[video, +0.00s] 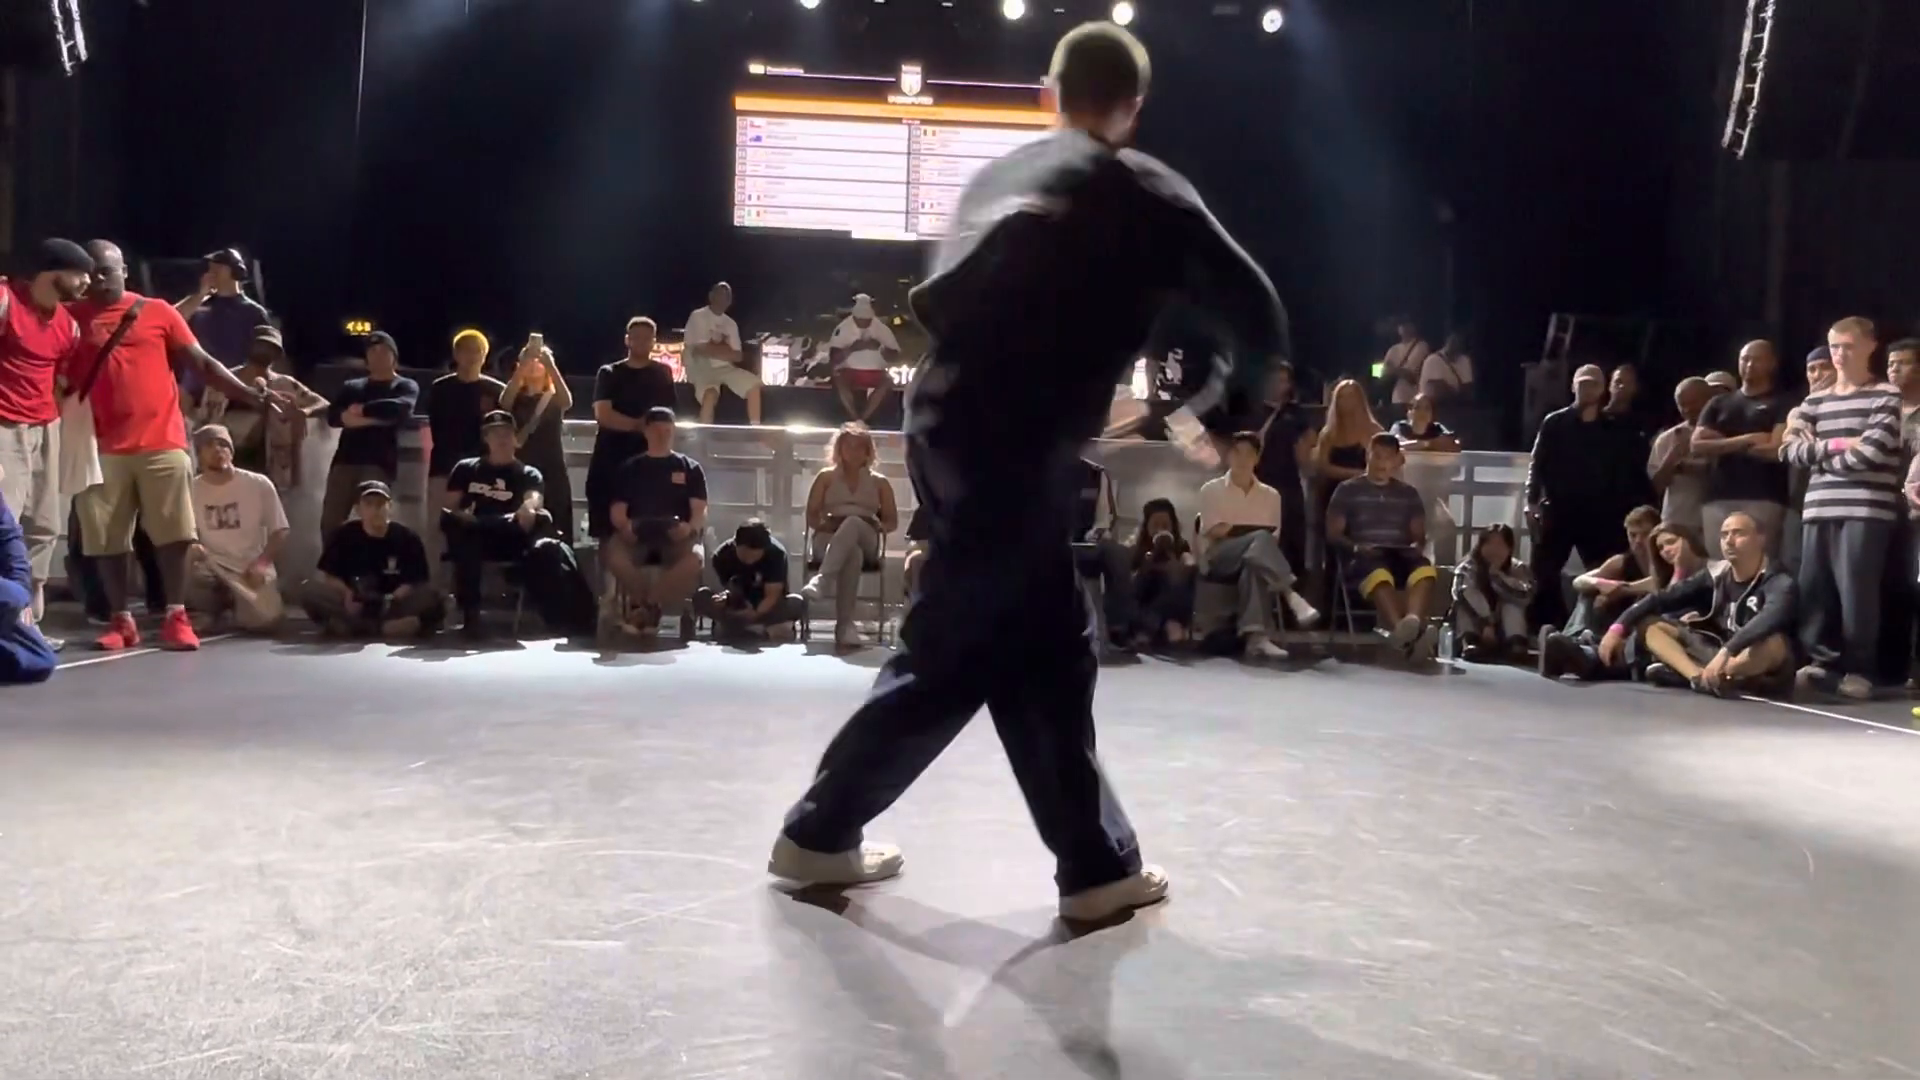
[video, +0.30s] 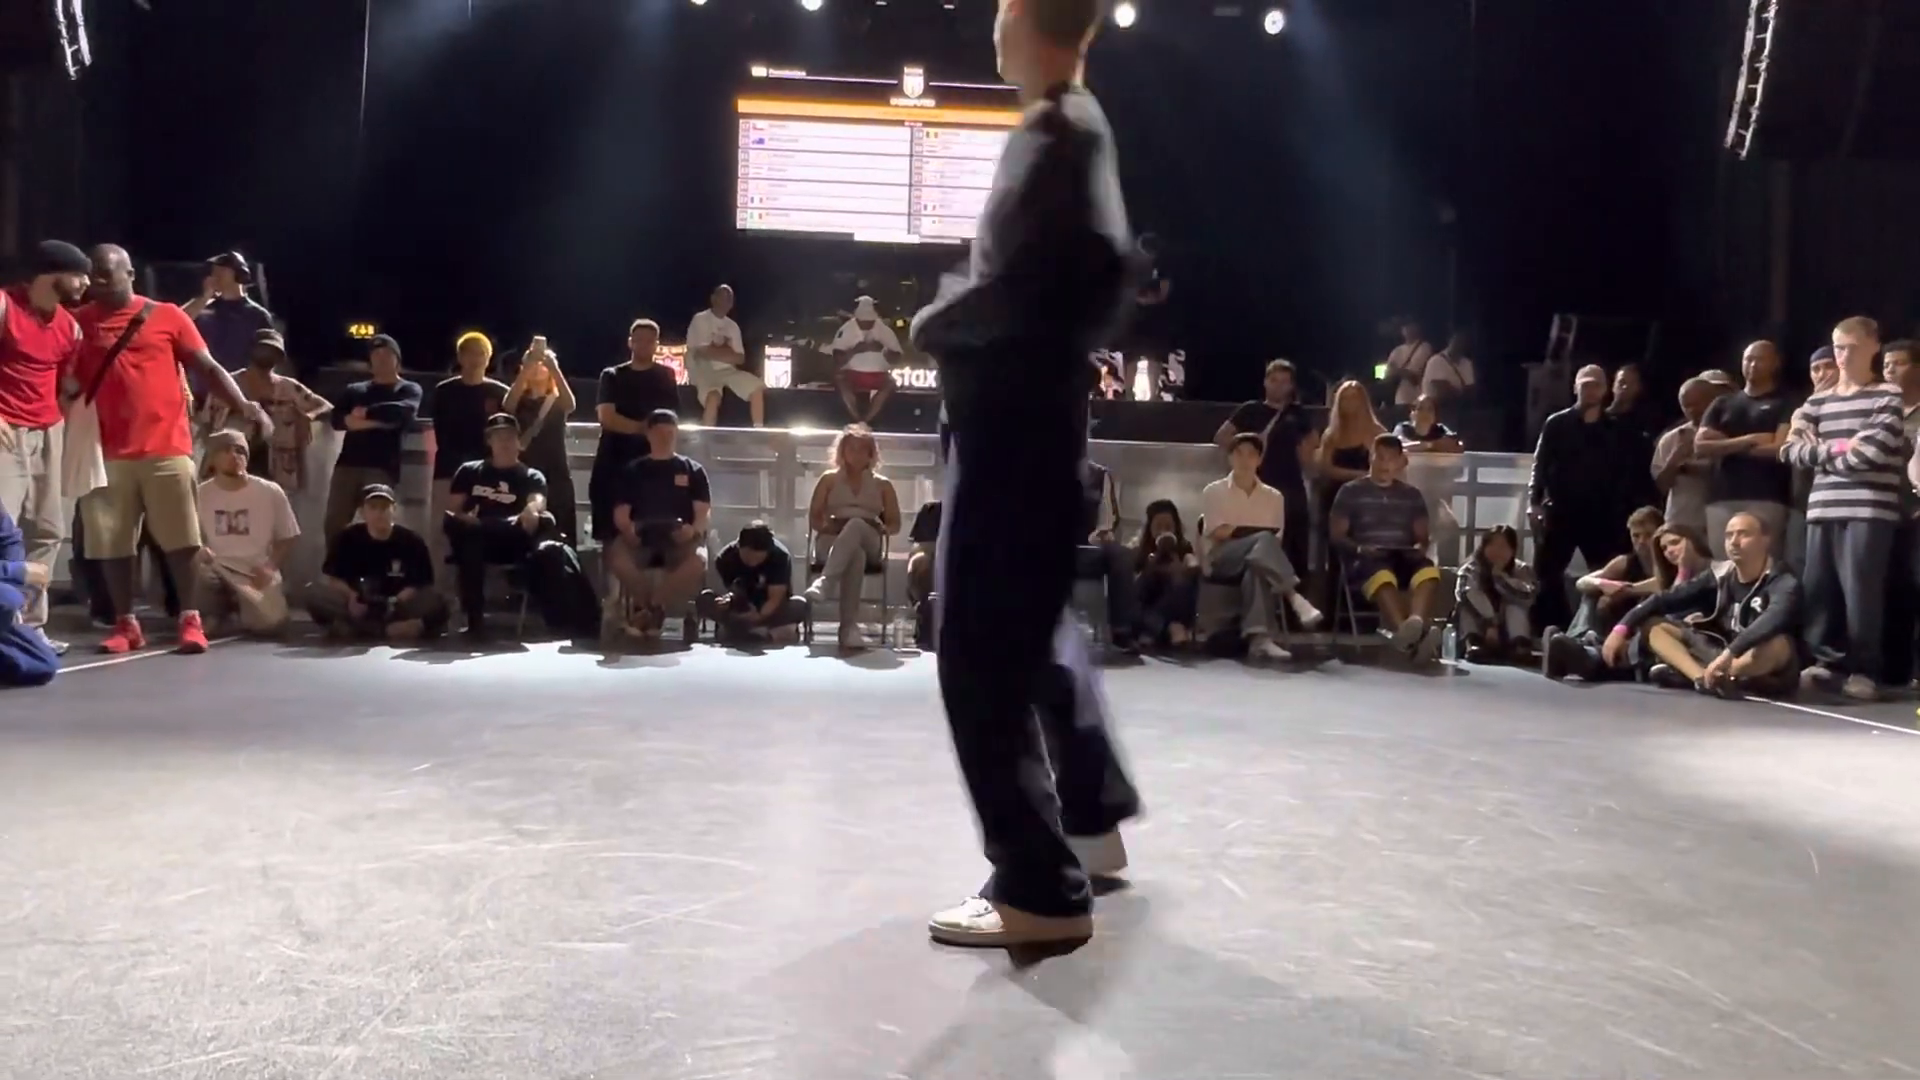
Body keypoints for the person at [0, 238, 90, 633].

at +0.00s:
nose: (68, 299)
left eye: (73, 292)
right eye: (64, 289)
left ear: (68, 284)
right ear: (43, 275)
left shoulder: (66, 323)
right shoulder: (8, 301)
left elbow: (64, 379)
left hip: (46, 425)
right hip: (7, 426)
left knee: (44, 526)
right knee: (9, 523)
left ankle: (30, 620)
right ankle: (13, 620)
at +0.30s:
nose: (76, 289)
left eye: (77, 281)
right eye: (70, 281)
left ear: (58, 280)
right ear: (44, 276)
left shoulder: (67, 325)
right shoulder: (7, 306)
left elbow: (66, 383)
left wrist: (60, 414)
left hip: (49, 430)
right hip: (8, 429)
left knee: (48, 528)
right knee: (6, 526)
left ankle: (32, 625)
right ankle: (8, 625)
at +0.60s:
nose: (76, 270)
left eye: (75, 263)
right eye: (69, 264)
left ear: (53, 267)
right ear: (45, 265)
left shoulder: (60, 315)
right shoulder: (7, 301)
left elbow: (60, 366)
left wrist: (60, 408)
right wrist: (7, 397)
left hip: (51, 425)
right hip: (12, 427)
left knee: (48, 525)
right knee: (10, 521)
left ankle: (36, 623)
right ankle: (8, 620)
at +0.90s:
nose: (71, 266)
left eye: (70, 259)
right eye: (66, 259)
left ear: (43, 263)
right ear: (45, 261)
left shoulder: (53, 311)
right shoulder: (9, 298)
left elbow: (45, 366)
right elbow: (4, 363)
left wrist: (65, 404)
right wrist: (22, 390)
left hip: (48, 422)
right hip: (16, 424)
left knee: (49, 521)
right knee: (16, 517)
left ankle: (40, 618)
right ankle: (14, 615)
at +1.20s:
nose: (70, 261)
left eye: (69, 255)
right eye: (66, 255)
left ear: (43, 256)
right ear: (48, 256)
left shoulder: (51, 303)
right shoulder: (11, 292)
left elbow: (40, 361)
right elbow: (4, 359)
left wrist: (64, 390)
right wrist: (35, 385)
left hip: (50, 411)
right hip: (18, 412)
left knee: (52, 515)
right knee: (20, 512)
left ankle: (42, 615)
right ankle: (18, 614)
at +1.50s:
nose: (78, 256)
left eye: (77, 249)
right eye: (73, 249)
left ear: (50, 251)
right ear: (55, 251)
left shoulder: (59, 297)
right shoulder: (15, 286)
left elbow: (49, 353)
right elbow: (2, 352)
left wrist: (69, 387)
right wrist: (38, 381)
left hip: (54, 409)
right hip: (21, 411)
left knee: (56, 510)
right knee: (24, 508)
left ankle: (48, 610)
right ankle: (22, 608)